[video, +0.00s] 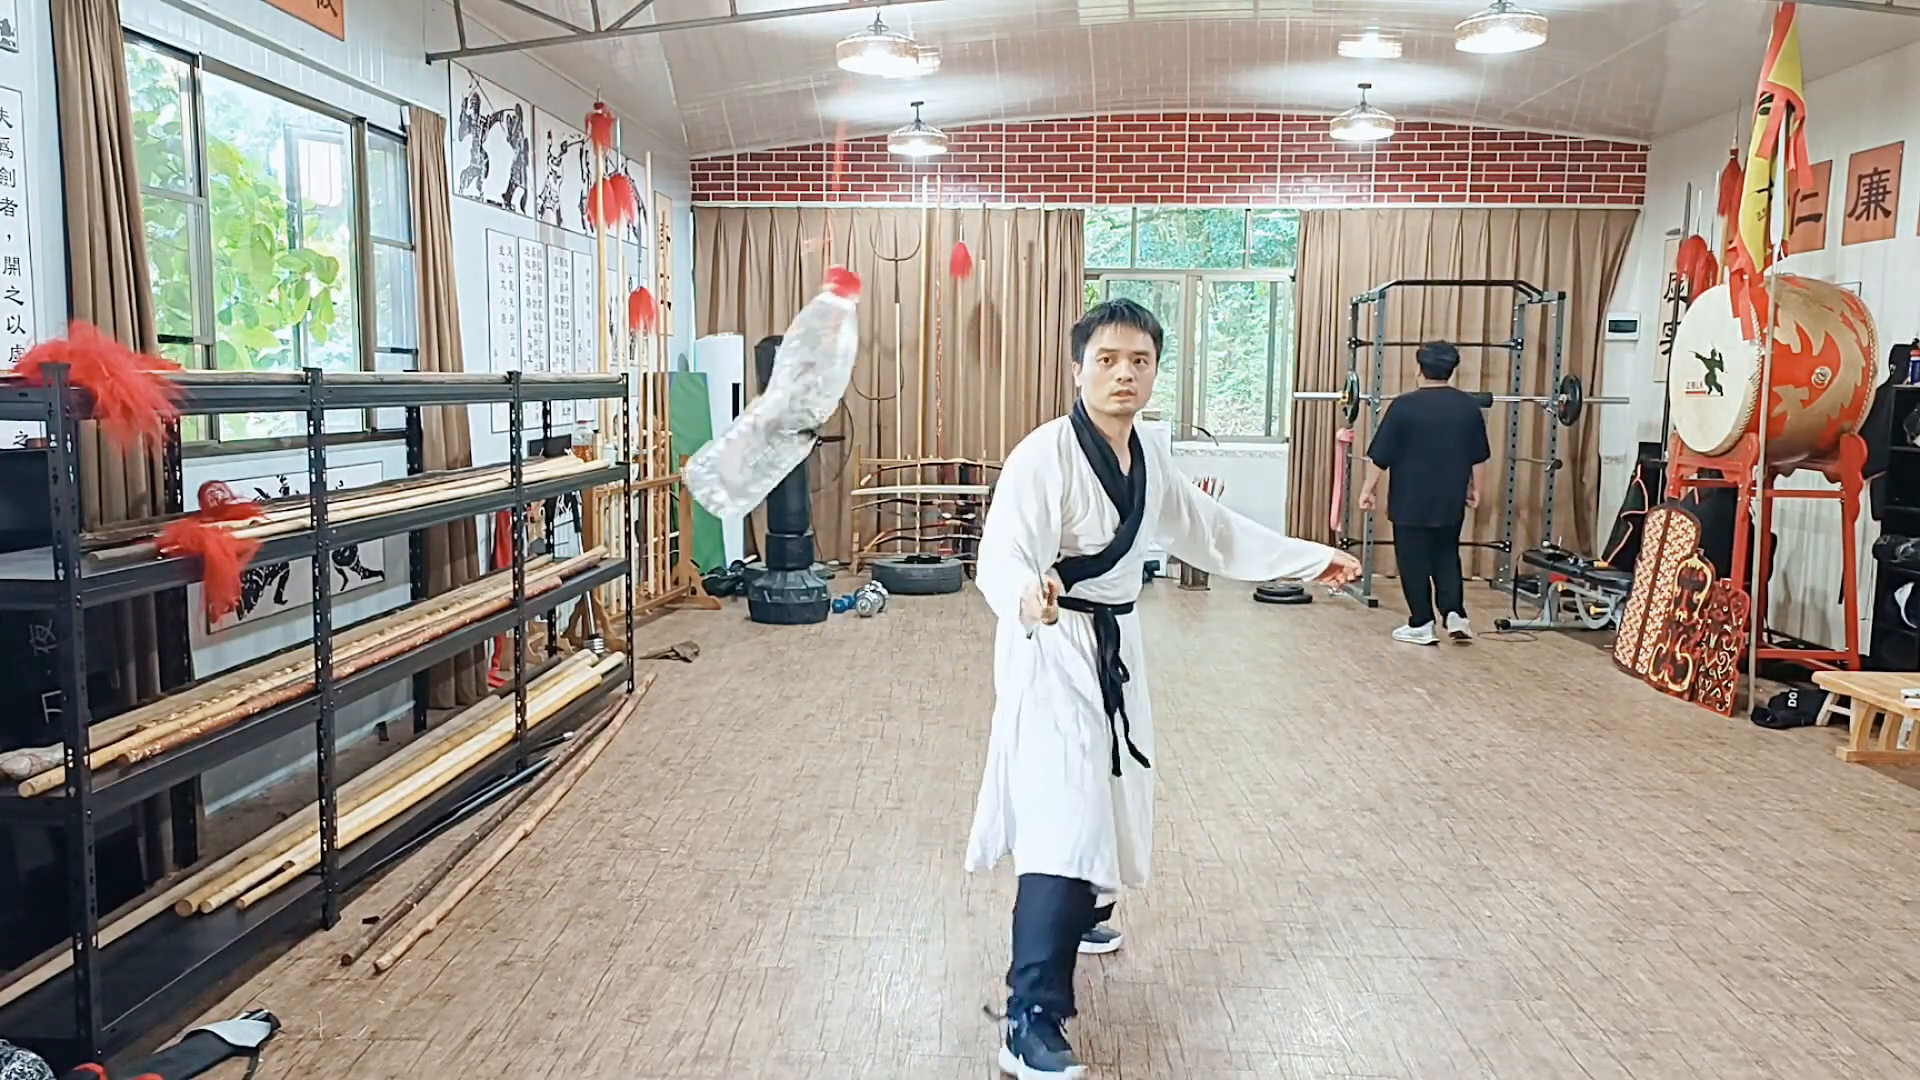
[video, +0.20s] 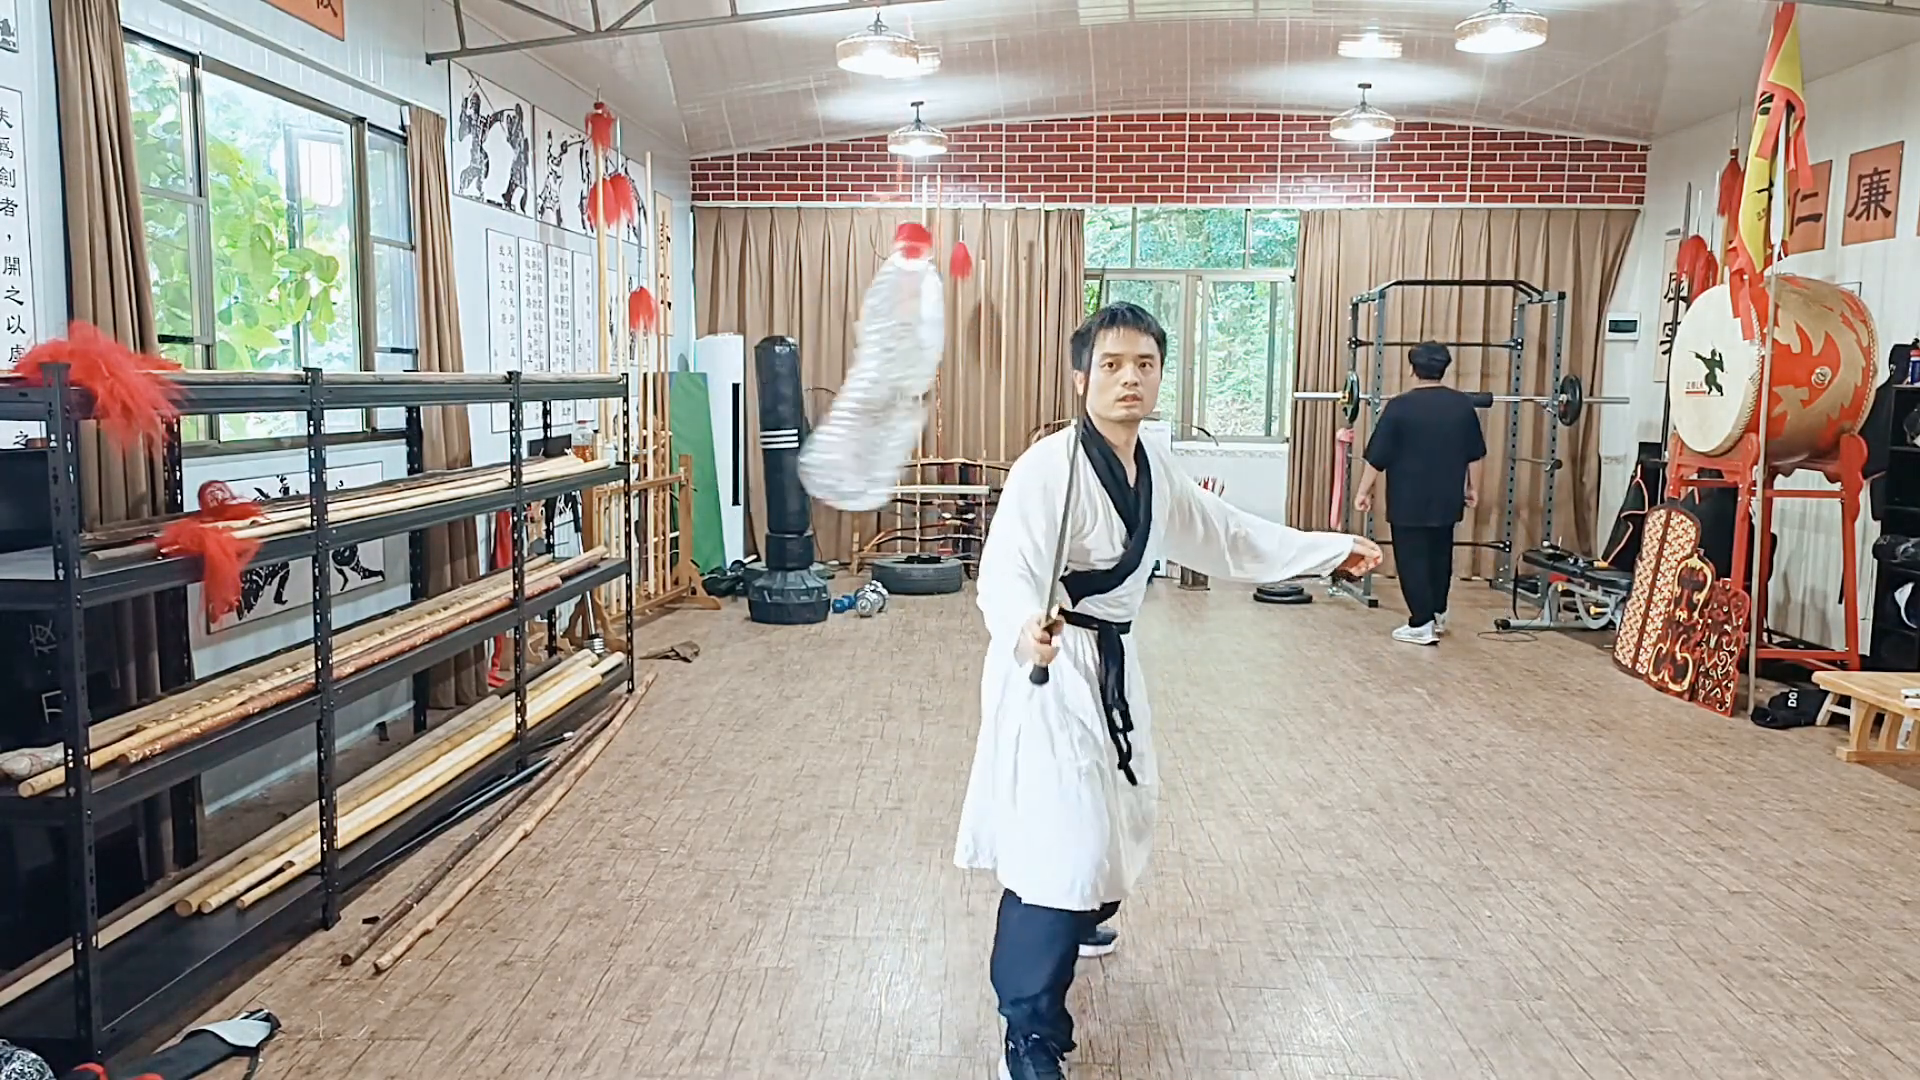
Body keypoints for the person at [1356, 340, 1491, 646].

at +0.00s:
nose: (1416, 370)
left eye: (1418, 367)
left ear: (1421, 370)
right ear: (1452, 371)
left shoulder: (1404, 405)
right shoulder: (1467, 405)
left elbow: (1380, 453)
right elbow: (1478, 454)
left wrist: (1368, 487)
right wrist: (1477, 487)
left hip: (1409, 502)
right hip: (1451, 501)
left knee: (1412, 562)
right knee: (1447, 553)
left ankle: (1421, 624)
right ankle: (1454, 613)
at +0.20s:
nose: (1412, 370)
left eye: (1412, 366)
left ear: (1413, 369)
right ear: (1444, 369)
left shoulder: (1400, 406)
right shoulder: (1461, 404)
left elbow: (1377, 455)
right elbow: (1474, 452)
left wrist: (1363, 490)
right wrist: (1473, 486)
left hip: (1406, 502)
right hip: (1447, 500)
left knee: (1411, 561)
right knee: (1440, 554)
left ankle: (1421, 625)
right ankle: (1437, 612)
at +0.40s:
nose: (1408, 369)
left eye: (1409, 366)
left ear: (1411, 369)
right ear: (1442, 369)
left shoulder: (1399, 405)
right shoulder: (1459, 404)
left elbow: (1378, 457)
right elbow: (1473, 452)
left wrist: (1371, 493)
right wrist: (1474, 486)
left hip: (1406, 502)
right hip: (1444, 502)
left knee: (1410, 562)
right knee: (1435, 557)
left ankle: (1421, 624)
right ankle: (1427, 612)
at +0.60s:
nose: (1407, 371)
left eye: (1409, 367)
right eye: (1410, 366)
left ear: (1412, 371)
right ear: (1442, 371)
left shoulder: (1399, 406)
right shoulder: (1458, 405)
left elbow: (1383, 457)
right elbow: (1469, 454)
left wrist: (1378, 494)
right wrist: (1467, 490)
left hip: (1406, 500)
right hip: (1442, 500)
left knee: (1408, 561)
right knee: (1432, 557)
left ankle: (1421, 624)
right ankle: (1426, 613)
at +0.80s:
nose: (1408, 372)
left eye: (1410, 369)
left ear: (1413, 372)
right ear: (1444, 373)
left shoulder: (1401, 407)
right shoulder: (1457, 406)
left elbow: (1384, 458)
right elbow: (1468, 457)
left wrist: (1375, 494)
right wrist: (1461, 492)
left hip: (1405, 500)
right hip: (1441, 500)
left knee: (1407, 561)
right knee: (1432, 557)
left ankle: (1421, 624)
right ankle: (1425, 614)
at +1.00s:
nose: (1411, 373)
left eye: (1413, 369)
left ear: (1416, 372)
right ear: (1447, 374)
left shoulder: (1401, 406)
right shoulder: (1458, 408)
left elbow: (1381, 455)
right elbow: (1469, 459)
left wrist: (1371, 490)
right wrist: (1461, 494)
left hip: (1405, 498)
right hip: (1441, 499)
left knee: (1408, 558)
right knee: (1432, 557)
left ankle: (1421, 622)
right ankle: (1422, 615)